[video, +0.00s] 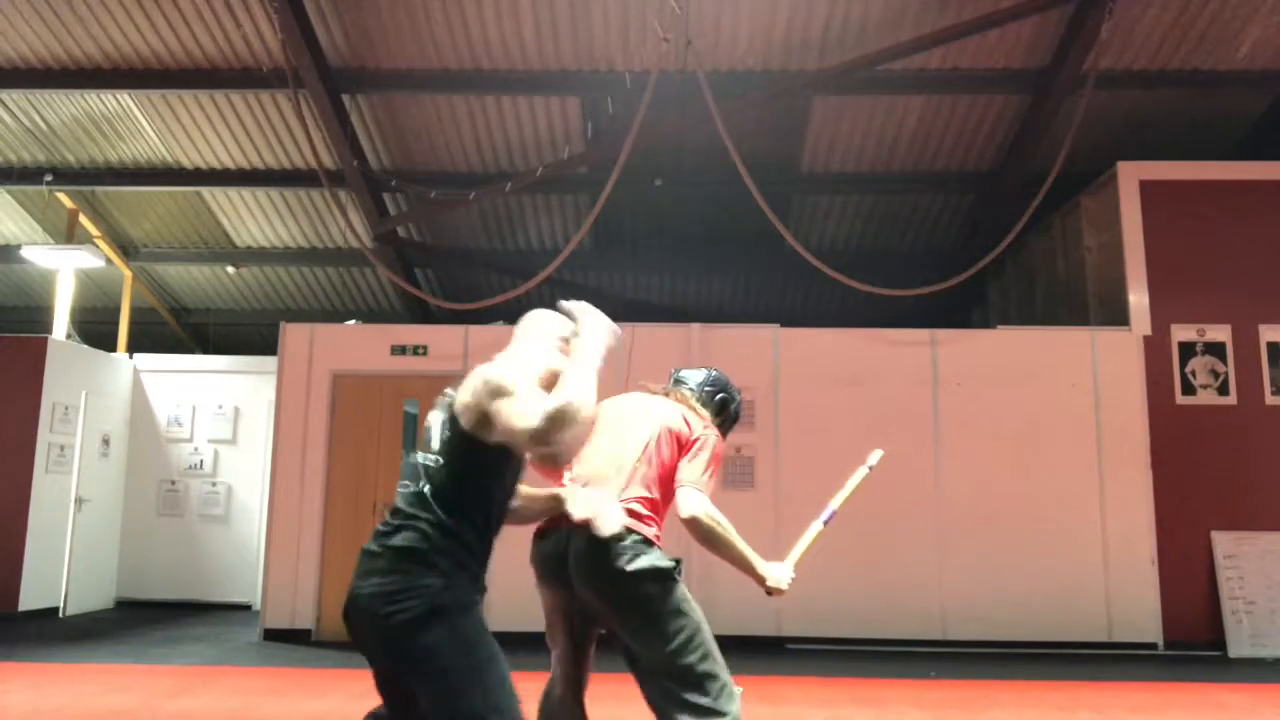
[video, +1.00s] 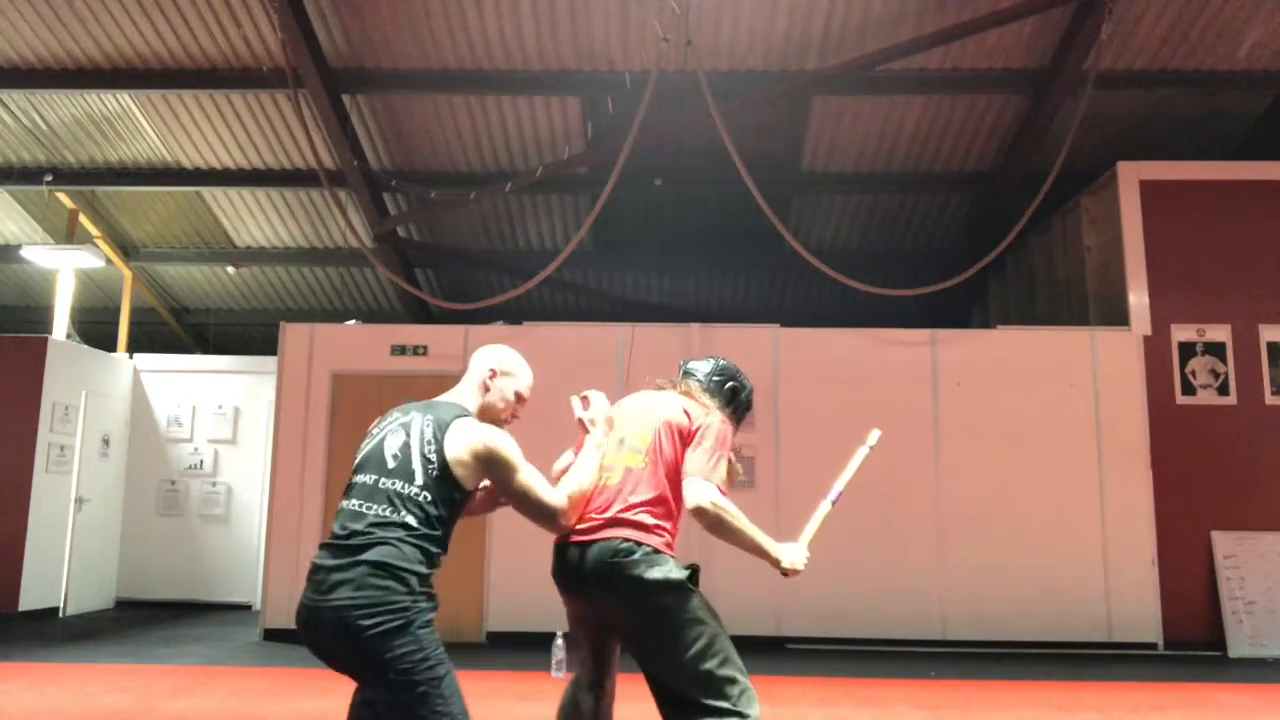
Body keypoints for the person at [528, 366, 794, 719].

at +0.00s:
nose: (720, 433)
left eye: (724, 428)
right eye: (723, 426)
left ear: (675, 389)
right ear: (715, 410)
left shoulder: (609, 405)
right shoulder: (700, 430)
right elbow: (693, 508)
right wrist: (762, 570)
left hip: (552, 545)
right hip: (620, 550)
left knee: (565, 679)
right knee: (710, 698)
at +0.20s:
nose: (725, 430)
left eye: (729, 425)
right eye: (728, 423)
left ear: (677, 386)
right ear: (720, 409)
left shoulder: (610, 402)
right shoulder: (705, 428)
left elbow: (542, 452)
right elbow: (698, 512)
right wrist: (766, 572)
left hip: (554, 543)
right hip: (624, 544)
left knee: (569, 673)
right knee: (706, 701)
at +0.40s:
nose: (727, 429)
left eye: (732, 423)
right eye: (730, 421)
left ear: (683, 383)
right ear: (723, 404)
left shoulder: (611, 402)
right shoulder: (708, 428)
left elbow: (537, 451)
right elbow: (704, 513)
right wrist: (772, 570)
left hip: (560, 548)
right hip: (626, 547)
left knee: (569, 678)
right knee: (710, 699)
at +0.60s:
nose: (730, 429)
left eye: (735, 423)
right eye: (733, 421)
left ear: (686, 385)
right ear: (725, 403)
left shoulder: (615, 403)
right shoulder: (709, 427)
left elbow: (540, 456)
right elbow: (705, 515)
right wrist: (776, 568)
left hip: (562, 552)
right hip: (627, 554)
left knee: (575, 680)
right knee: (719, 701)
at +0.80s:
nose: (731, 431)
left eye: (736, 425)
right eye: (733, 423)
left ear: (685, 384)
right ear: (724, 402)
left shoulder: (619, 406)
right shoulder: (709, 424)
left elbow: (552, 462)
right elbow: (703, 511)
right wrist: (775, 563)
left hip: (565, 557)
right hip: (629, 558)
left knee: (582, 688)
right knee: (724, 701)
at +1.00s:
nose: (731, 429)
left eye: (736, 422)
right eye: (733, 420)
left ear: (685, 382)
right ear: (724, 398)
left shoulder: (621, 408)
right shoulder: (709, 418)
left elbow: (560, 471)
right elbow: (701, 500)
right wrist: (775, 550)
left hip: (571, 558)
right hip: (634, 559)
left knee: (590, 686)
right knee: (729, 700)